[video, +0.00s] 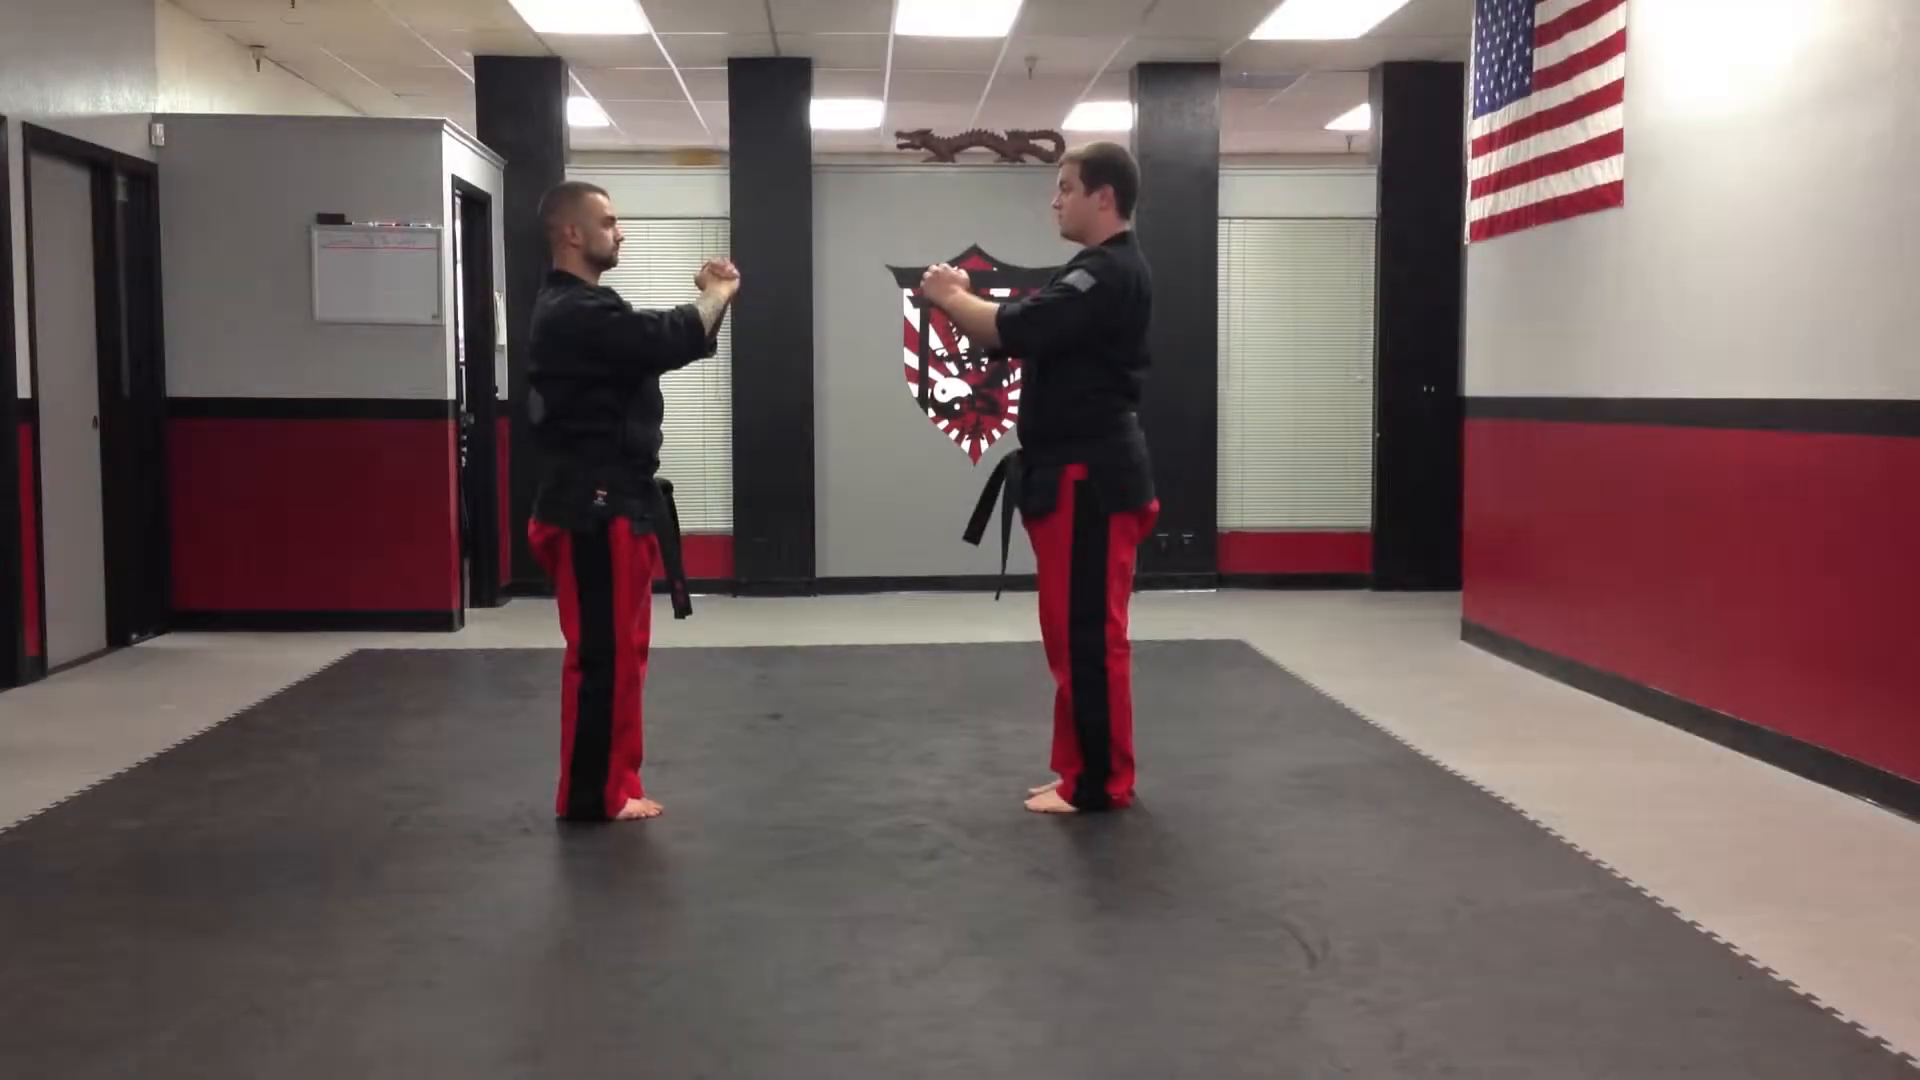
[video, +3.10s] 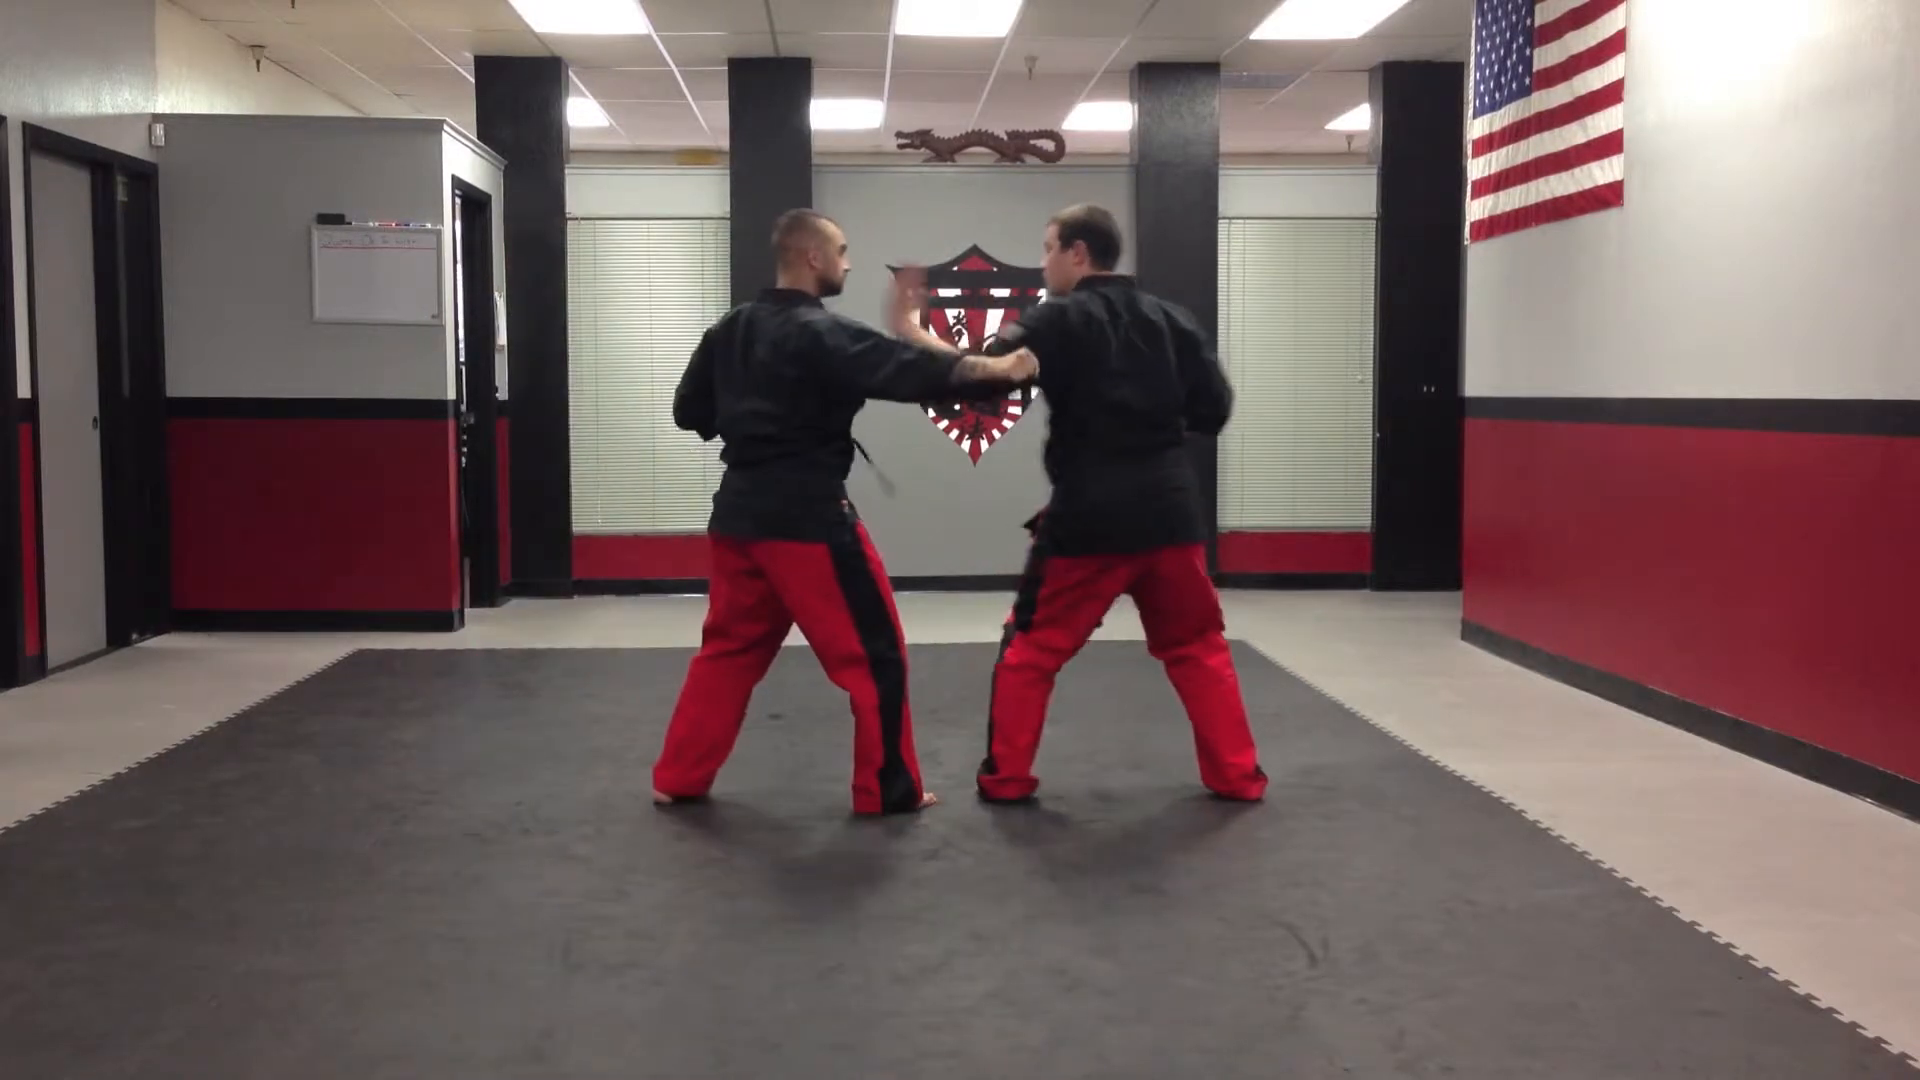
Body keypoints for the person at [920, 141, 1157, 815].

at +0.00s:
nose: (1055, 201)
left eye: (1065, 189)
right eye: (1057, 189)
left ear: (1102, 197)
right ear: (1101, 198)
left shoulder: (1109, 270)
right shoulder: (1099, 266)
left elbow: (1010, 331)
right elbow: (1025, 324)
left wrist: (953, 298)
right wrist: (966, 298)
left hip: (1091, 474)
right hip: (1074, 471)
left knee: (1088, 634)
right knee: (1075, 633)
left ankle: (1097, 784)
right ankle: (1087, 775)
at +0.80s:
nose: (1029, 215)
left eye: (1035, 201)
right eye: (1027, 203)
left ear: (1072, 198)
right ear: (1074, 200)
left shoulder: (1098, 266)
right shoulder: (1083, 264)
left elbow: (1086, 372)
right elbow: (1076, 367)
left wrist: (1019, 379)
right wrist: (1020, 376)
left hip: (1102, 477)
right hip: (1081, 474)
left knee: (1090, 634)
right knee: (1075, 631)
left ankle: (1098, 783)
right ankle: (1086, 772)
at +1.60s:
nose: (1008, 221)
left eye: (1019, 210)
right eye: (1011, 209)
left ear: (1057, 218)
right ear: (1058, 219)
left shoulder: (1074, 287)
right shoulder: (1076, 279)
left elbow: (1077, 393)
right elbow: (1071, 383)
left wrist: (1015, 405)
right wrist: (1018, 396)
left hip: (1083, 486)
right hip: (1105, 479)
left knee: (1039, 635)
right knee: (1105, 627)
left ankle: (992, 783)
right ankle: (1144, 762)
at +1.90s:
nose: (994, 226)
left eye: (1005, 215)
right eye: (998, 214)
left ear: (1042, 226)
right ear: (1050, 228)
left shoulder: (1040, 295)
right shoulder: (1081, 293)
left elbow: (994, 384)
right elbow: (1047, 389)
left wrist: (926, 362)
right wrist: (966, 376)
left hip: (1047, 500)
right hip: (1096, 494)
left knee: (979, 636)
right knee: (1090, 627)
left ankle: (983, 792)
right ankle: (1154, 759)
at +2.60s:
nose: (1039, 239)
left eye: (1045, 226)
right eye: (1041, 226)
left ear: (1075, 231)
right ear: (1103, 234)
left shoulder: (1048, 291)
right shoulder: (1153, 307)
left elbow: (951, 313)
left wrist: (915, 287)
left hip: (1074, 504)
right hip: (1151, 503)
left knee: (1003, 644)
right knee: (1169, 637)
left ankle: (987, 794)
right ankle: (1233, 772)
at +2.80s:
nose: (1066, 252)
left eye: (1072, 239)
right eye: (1067, 240)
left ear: (1103, 240)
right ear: (1131, 242)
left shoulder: (1086, 307)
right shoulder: (1195, 309)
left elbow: (1022, 376)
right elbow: (1229, 403)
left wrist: (986, 315)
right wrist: (1162, 410)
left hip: (1103, 509)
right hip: (1187, 508)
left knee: (1037, 638)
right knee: (1195, 642)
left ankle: (1038, 779)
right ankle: (1232, 775)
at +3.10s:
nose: (1044, 263)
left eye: (1049, 251)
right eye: (1045, 251)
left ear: (1078, 254)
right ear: (1106, 256)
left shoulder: (1060, 316)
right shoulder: (1169, 317)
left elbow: (985, 372)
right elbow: (1214, 407)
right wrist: (1148, 415)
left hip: (1089, 516)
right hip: (1170, 511)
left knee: (1034, 644)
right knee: (1197, 643)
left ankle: (1008, 777)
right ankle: (1237, 776)